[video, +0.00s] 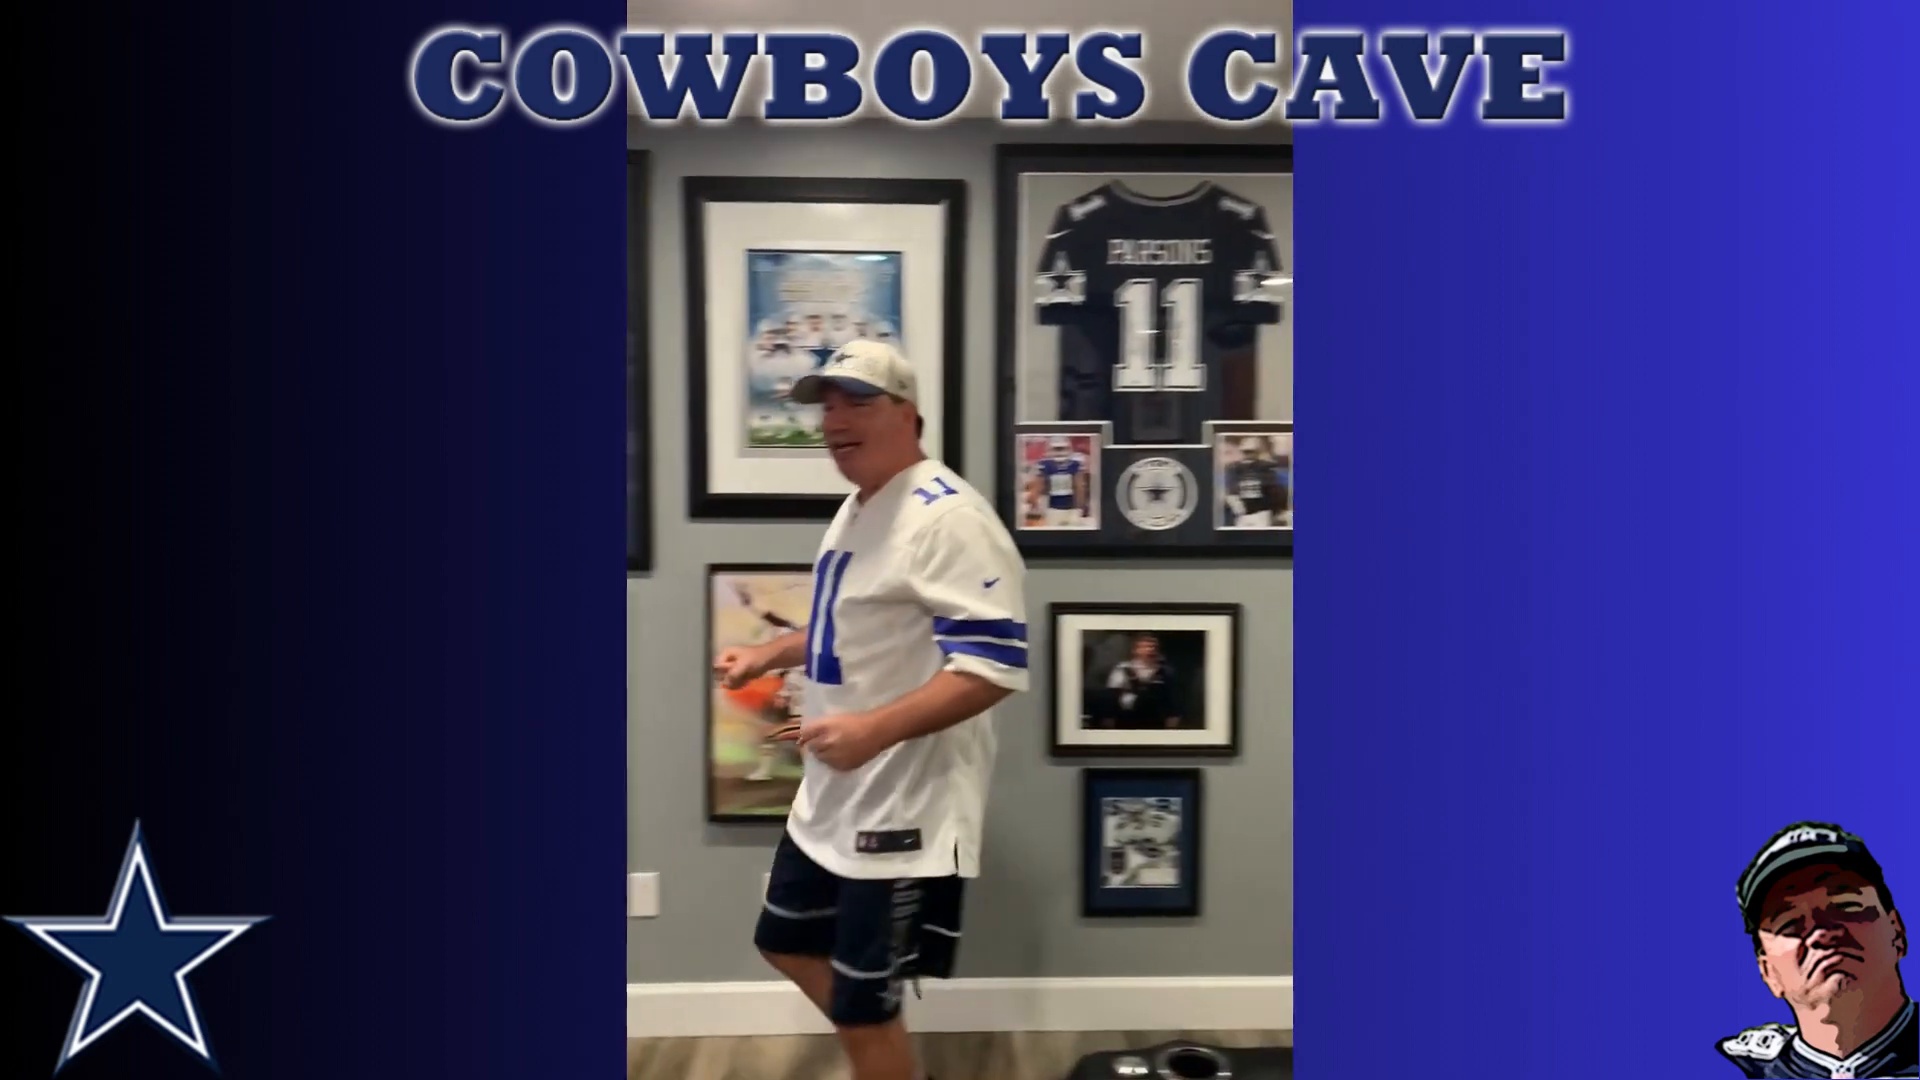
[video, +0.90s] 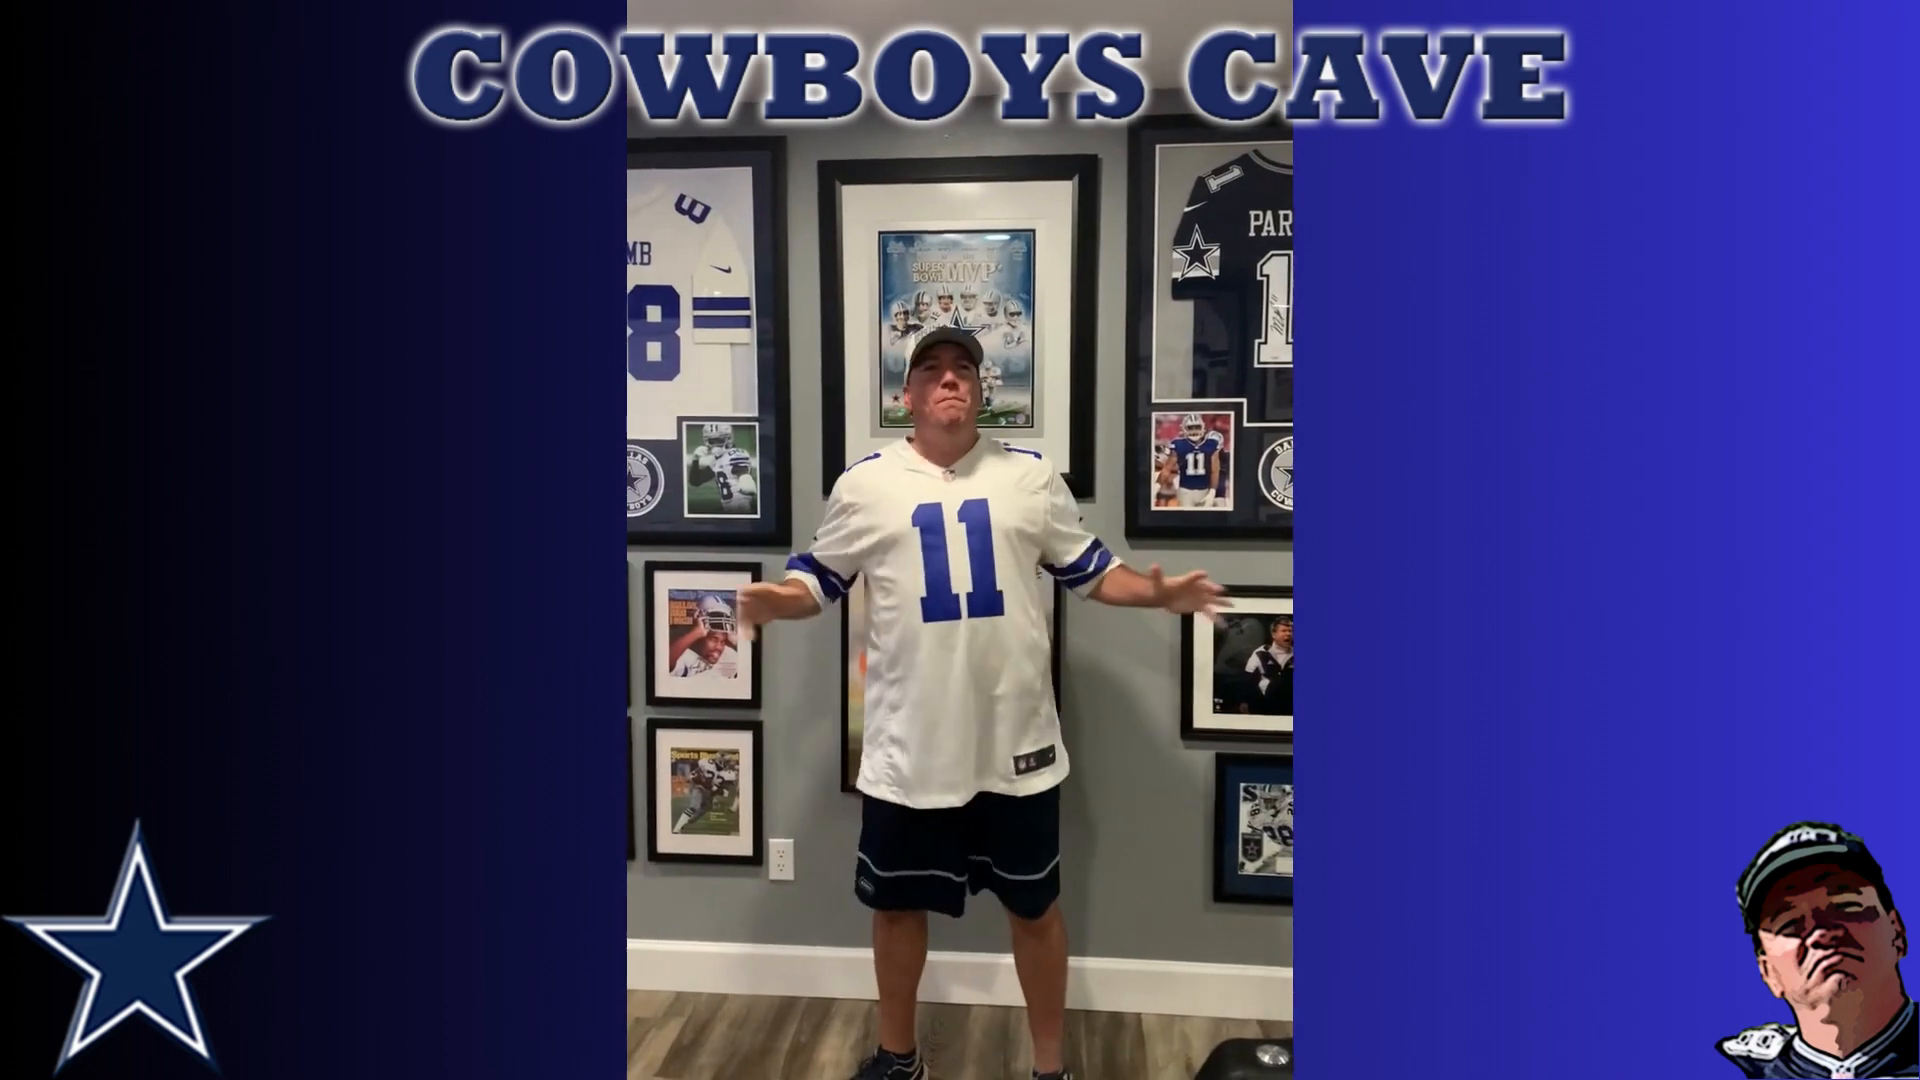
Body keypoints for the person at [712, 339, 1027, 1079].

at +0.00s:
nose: (834, 421)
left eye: (855, 404)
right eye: (826, 405)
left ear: (907, 414)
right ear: (819, 415)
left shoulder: (953, 520)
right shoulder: (858, 510)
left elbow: (991, 667)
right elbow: (855, 630)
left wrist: (873, 728)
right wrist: (774, 652)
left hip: (905, 812)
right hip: (830, 793)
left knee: (867, 1009)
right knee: (789, 942)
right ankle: (886, 1059)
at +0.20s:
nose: (894, 408)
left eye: (913, 390)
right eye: (878, 394)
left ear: (950, 405)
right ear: (864, 409)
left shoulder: (996, 509)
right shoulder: (860, 497)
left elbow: (1049, 639)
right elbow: (837, 602)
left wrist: (954, 680)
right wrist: (770, 632)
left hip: (936, 801)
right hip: (848, 790)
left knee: (929, 995)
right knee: (822, 946)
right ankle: (822, 1070)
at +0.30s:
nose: (917, 407)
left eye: (933, 390)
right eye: (900, 392)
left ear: (959, 405)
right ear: (877, 411)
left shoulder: (1009, 505)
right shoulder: (850, 498)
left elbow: (1079, 622)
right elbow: (817, 590)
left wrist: (1026, 650)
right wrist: (757, 624)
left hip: (957, 794)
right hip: (862, 786)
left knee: (956, 988)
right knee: (859, 950)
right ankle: (853, 1071)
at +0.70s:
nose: (955, 391)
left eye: (962, 375)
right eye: (932, 378)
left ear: (976, 388)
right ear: (896, 399)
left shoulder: (1030, 482)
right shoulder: (852, 492)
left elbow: (1089, 552)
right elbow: (799, 573)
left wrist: (1119, 578)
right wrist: (782, 597)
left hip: (1004, 746)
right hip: (893, 748)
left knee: (1028, 916)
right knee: (890, 907)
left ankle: (1049, 1071)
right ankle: (895, 1059)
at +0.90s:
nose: (951, 385)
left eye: (963, 377)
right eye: (936, 377)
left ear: (982, 398)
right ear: (908, 397)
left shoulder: (1030, 481)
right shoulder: (866, 486)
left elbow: (1096, 571)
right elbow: (816, 581)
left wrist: (1162, 592)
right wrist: (769, 599)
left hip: (1016, 740)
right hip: (907, 744)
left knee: (1034, 908)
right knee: (896, 907)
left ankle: (1049, 1067)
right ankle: (896, 1059)